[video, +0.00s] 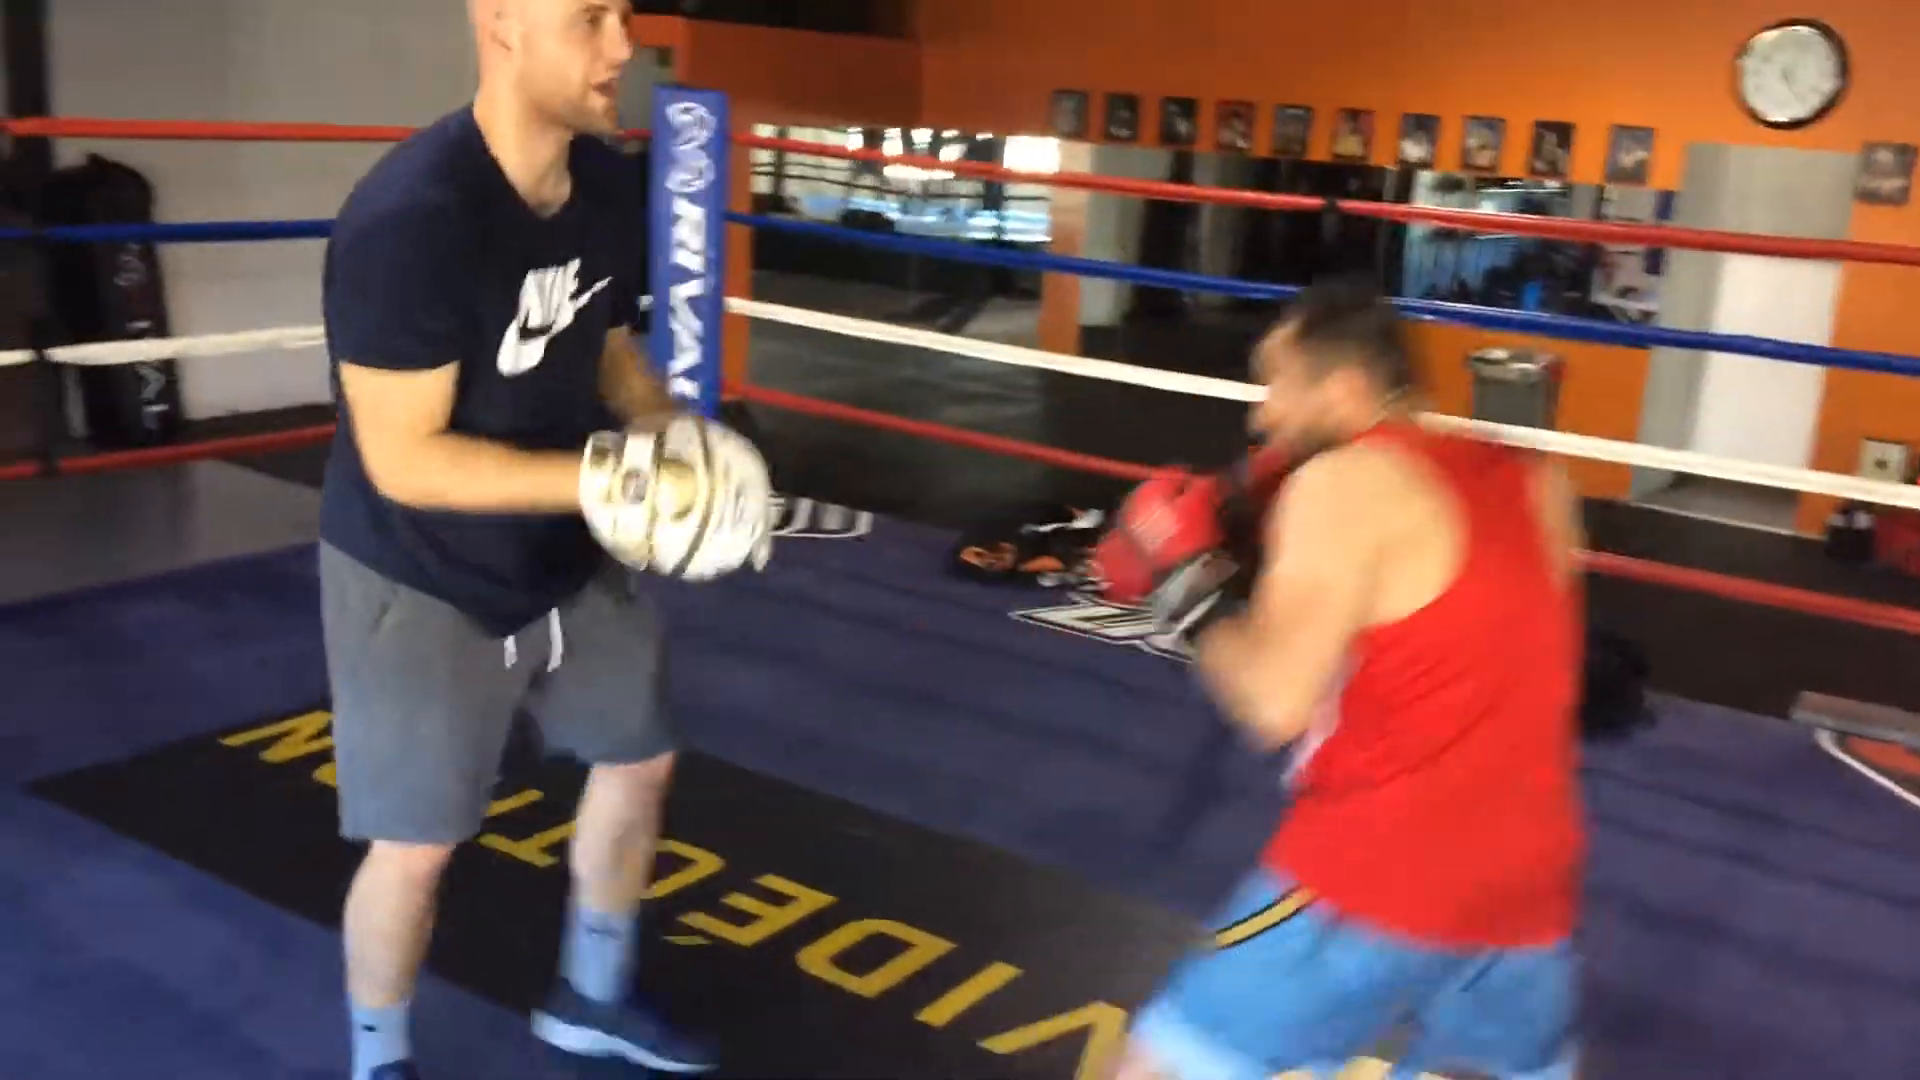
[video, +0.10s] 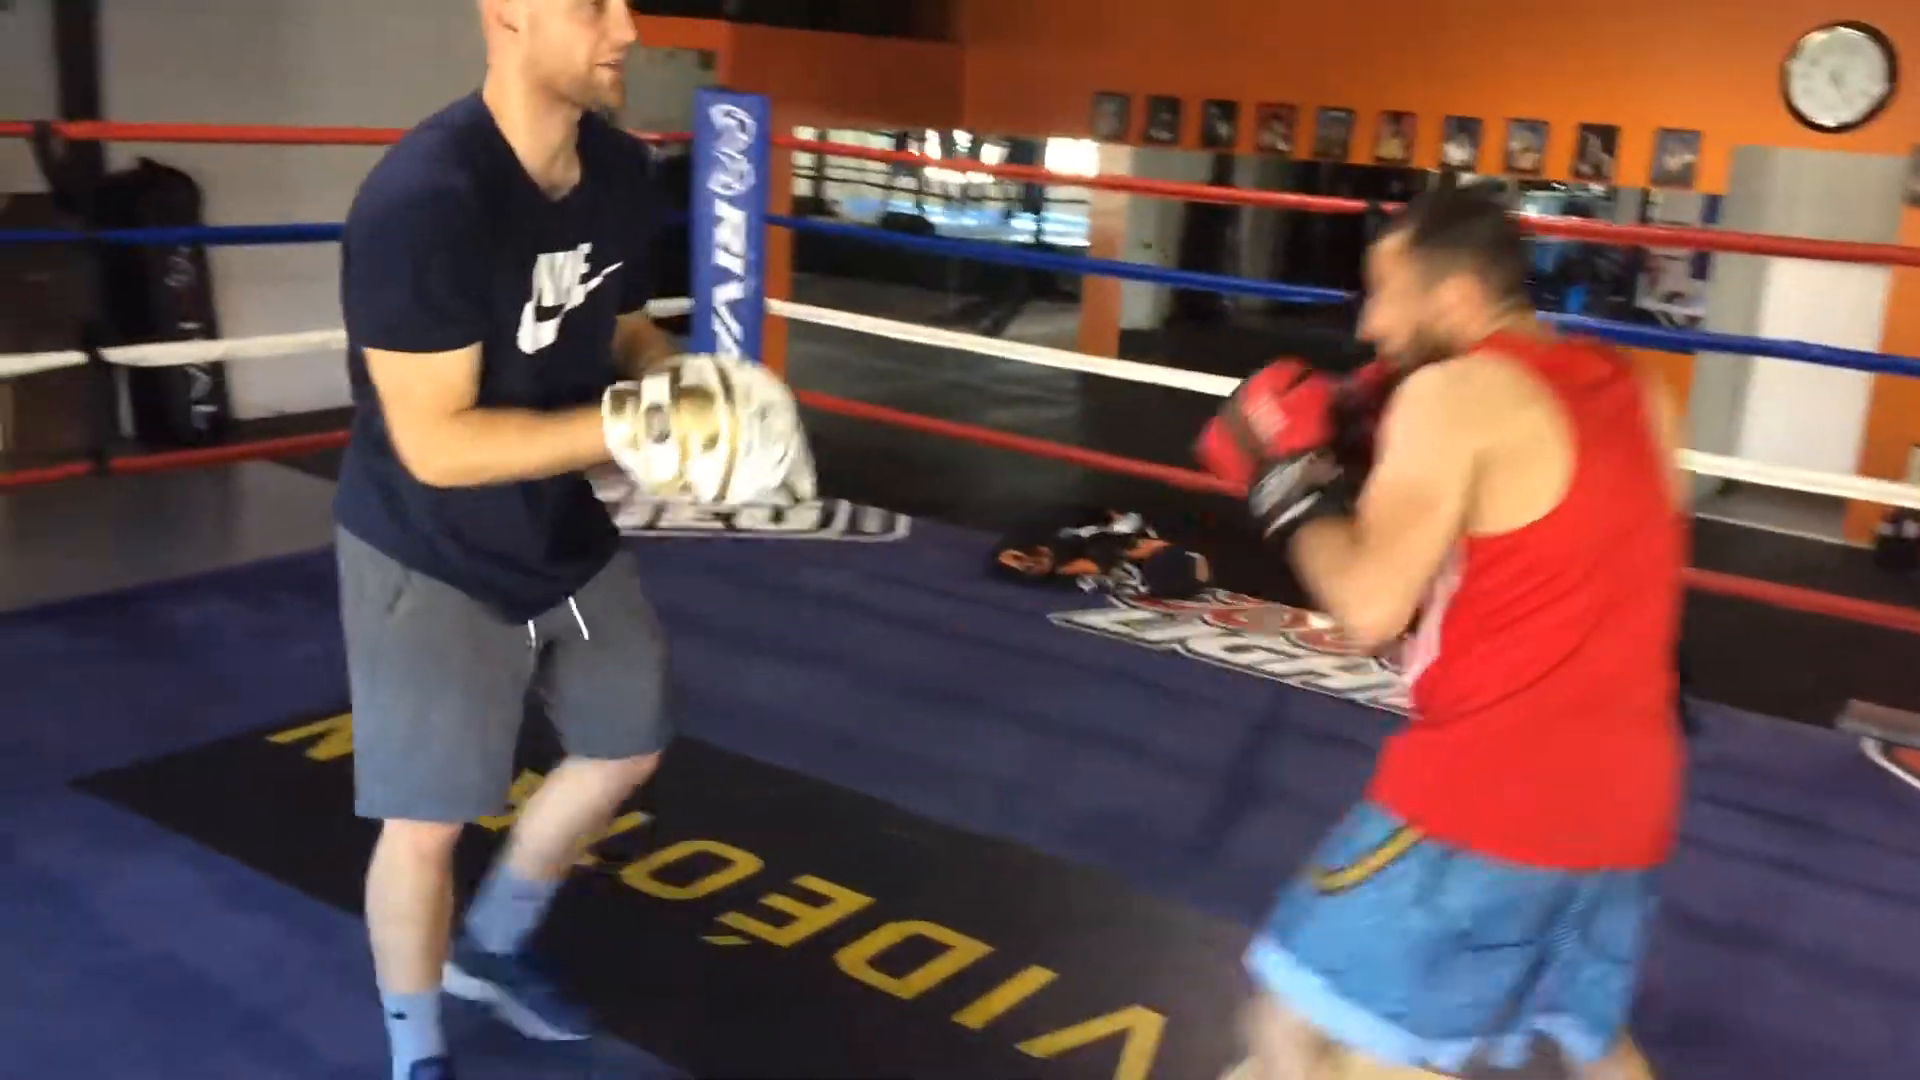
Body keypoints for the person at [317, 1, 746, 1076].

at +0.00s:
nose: (622, 49)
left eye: (624, 21)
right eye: (590, 20)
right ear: (498, 30)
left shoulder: (611, 182)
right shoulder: (402, 222)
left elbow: (610, 351)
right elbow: (401, 464)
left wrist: (682, 439)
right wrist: (606, 480)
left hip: (568, 536)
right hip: (413, 562)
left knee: (639, 752)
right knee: (418, 834)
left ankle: (592, 1000)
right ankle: (379, 1061)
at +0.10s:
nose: (627, 28)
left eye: (624, 5)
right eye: (595, 6)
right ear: (507, 21)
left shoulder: (620, 171)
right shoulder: (420, 200)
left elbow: (605, 323)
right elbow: (434, 449)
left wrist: (693, 389)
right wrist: (640, 430)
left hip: (567, 530)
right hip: (427, 550)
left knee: (622, 744)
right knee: (428, 812)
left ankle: (488, 949)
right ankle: (416, 1058)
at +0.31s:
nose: (636, 43)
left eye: (639, 19)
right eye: (603, 19)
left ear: (644, 29)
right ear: (519, 33)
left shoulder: (630, 198)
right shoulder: (438, 204)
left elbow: (648, 372)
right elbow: (464, 442)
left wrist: (744, 399)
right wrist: (657, 401)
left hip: (526, 546)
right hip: (409, 553)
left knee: (458, 796)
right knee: (440, 817)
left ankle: (386, 993)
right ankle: (445, 1059)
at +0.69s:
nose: (601, 97)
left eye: (599, 70)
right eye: (580, 70)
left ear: (504, 71)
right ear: (493, 69)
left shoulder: (534, 230)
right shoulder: (378, 223)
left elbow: (485, 417)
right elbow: (364, 468)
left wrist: (589, 425)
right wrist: (562, 442)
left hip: (440, 575)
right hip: (318, 581)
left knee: (434, 808)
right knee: (327, 839)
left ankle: (328, 1027)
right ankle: (290, 1065)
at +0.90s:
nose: (572, 130)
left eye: (571, 106)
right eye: (554, 106)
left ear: (480, 105)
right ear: (470, 102)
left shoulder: (484, 244)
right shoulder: (370, 263)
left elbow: (456, 418)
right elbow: (411, 507)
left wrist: (578, 407)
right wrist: (588, 440)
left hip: (409, 582)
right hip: (287, 602)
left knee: (503, 767)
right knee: (300, 872)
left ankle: (436, 1018)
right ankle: (244, 1069)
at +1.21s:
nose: (651, 144)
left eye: (649, 120)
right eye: (636, 119)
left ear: (560, 117)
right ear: (568, 117)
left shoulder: (540, 248)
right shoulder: (480, 256)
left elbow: (568, 428)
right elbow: (574, 483)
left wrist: (681, 379)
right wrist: (705, 392)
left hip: (468, 603)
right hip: (362, 611)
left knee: (509, 818)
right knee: (361, 884)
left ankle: (567, 1041)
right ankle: (245, 1073)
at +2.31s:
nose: (749, 242)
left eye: (752, 216)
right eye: (744, 212)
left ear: (658, 198)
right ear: (684, 198)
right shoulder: (625, 316)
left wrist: (759, 489)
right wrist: (785, 455)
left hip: (516, 647)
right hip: (441, 651)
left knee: (581, 838)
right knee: (453, 939)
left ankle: (595, 1069)